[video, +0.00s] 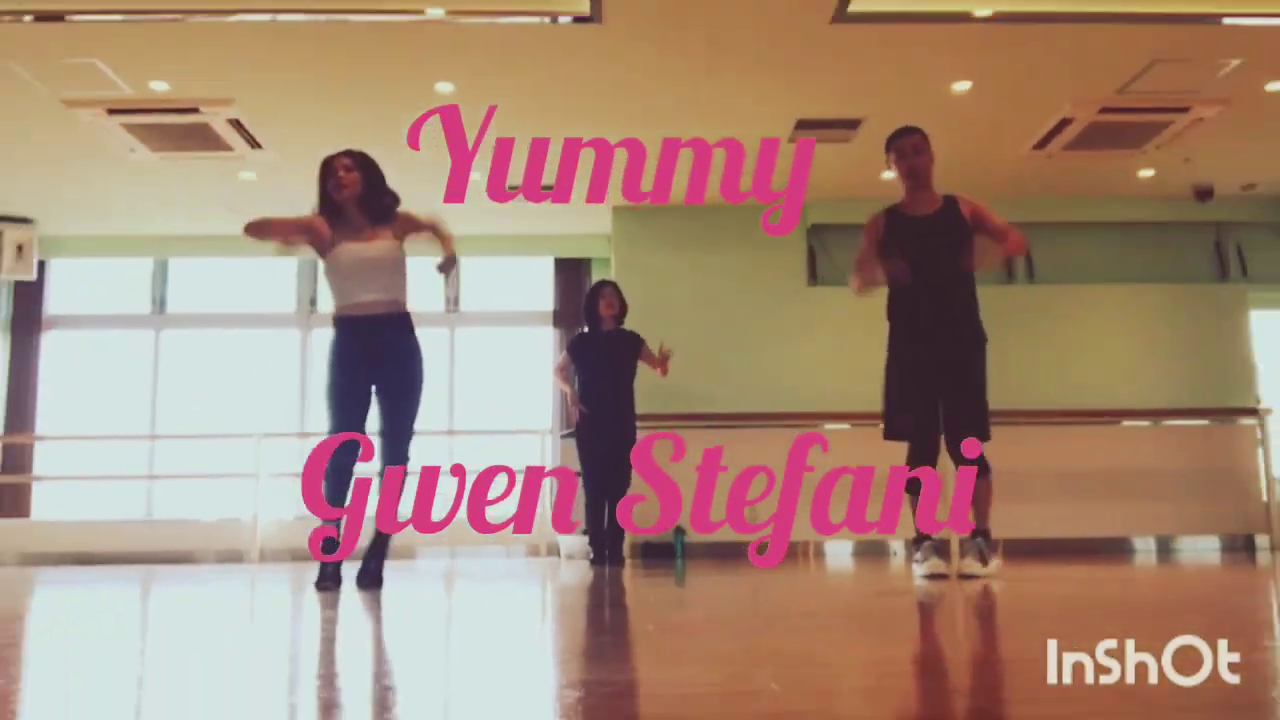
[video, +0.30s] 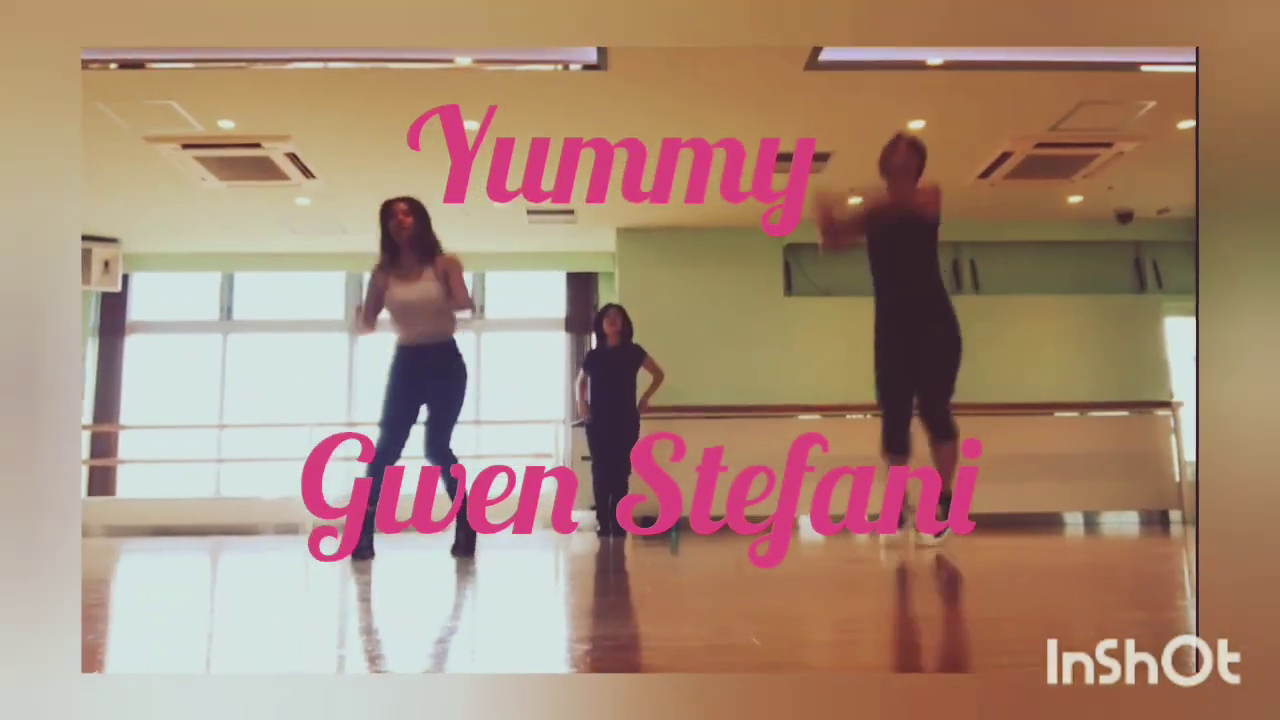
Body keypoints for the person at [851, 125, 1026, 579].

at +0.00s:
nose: (913, 161)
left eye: (919, 152)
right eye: (904, 155)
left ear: (932, 157)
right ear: (891, 164)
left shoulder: (962, 209)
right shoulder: (883, 223)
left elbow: (1016, 241)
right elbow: (861, 279)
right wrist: (884, 268)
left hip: (961, 342)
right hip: (911, 347)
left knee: (968, 444)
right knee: (921, 446)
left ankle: (979, 538)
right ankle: (926, 542)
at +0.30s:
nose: (896, 161)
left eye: (905, 155)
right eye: (891, 154)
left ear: (918, 166)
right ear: (881, 164)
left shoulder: (927, 199)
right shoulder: (874, 210)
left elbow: (908, 206)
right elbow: (834, 238)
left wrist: (856, 213)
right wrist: (825, 211)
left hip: (933, 323)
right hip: (891, 327)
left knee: (935, 410)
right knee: (894, 417)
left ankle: (946, 498)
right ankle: (896, 504)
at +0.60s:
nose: (919, 177)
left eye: (928, 172)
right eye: (918, 171)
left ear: (935, 185)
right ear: (905, 183)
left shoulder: (927, 211)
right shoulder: (897, 212)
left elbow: (927, 156)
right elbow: (892, 162)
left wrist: (922, 111)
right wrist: (902, 117)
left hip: (936, 326)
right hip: (910, 331)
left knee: (957, 417)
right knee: (951, 419)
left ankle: (999, 495)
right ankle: (998, 495)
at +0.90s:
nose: (904, 170)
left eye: (913, 165)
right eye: (907, 164)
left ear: (935, 175)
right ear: (919, 175)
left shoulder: (942, 213)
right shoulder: (916, 225)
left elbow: (918, 190)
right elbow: (886, 244)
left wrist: (873, 170)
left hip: (946, 346)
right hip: (920, 348)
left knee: (970, 438)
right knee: (882, 430)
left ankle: (1029, 517)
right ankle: (940, 499)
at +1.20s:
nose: (888, 186)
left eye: (901, 186)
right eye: (897, 183)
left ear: (911, 209)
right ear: (899, 206)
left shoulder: (907, 241)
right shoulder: (882, 251)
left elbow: (950, 273)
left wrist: (998, 316)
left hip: (910, 392)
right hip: (881, 392)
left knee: (954, 481)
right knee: (819, 460)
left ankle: (1058, 531)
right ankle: (846, 548)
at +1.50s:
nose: (854, 142)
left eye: (863, 135)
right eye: (848, 135)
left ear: (882, 146)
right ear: (839, 146)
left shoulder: (897, 192)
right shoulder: (827, 210)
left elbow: (957, 211)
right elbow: (779, 244)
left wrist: (1014, 228)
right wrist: (725, 256)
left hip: (879, 330)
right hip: (829, 331)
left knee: (879, 436)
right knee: (821, 441)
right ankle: (818, 549)